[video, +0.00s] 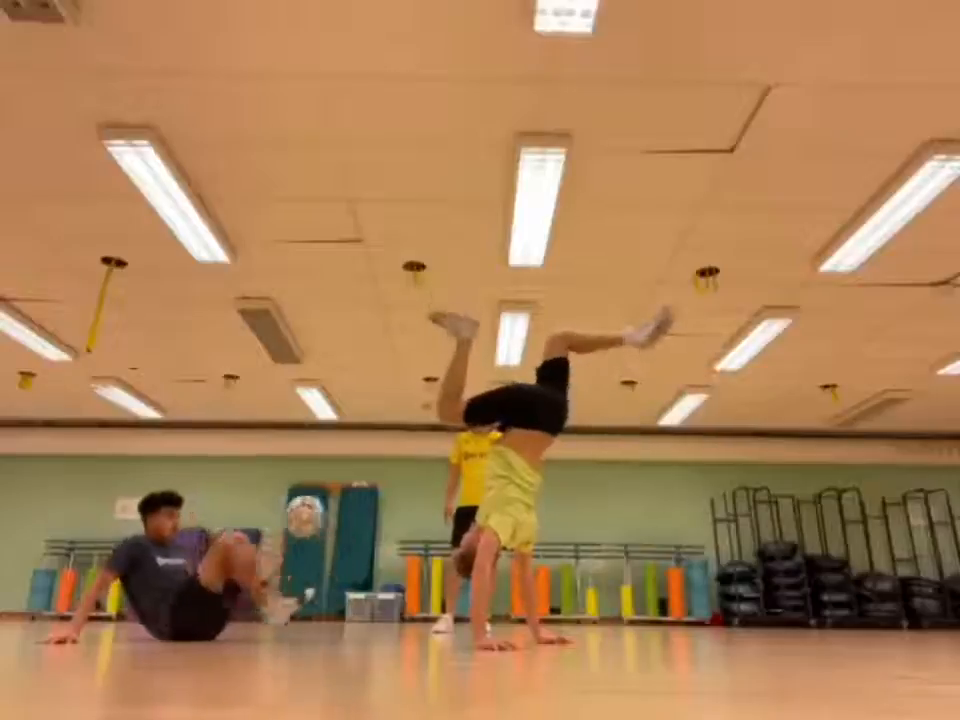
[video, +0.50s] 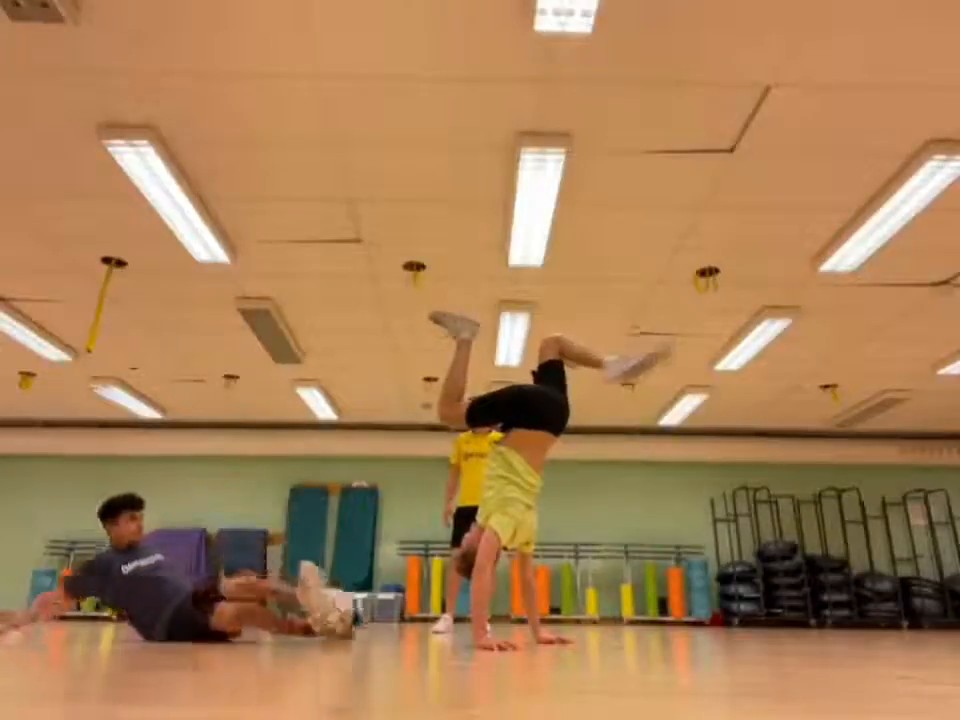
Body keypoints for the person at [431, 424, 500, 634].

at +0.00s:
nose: (478, 425)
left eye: (483, 420)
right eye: (474, 420)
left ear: (493, 418)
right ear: (468, 419)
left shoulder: (500, 439)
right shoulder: (463, 439)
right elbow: (454, 472)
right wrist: (449, 501)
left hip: (493, 504)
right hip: (467, 504)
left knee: (488, 564)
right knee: (456, 560)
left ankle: (484, 618)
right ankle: (449, 613)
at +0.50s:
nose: (479, 421)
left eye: (483, 415)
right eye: (475, 415)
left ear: (493, 417)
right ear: (468, 416)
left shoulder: (500, 440)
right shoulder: (462, 440)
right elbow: (454, 473)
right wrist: (449, 502)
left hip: (492, 504)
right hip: (466, 504)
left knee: (487, 564)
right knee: (457, 560)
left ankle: (484, 618)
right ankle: (449, 613)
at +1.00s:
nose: (477, 421)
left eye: (481, 415)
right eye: (473, 414)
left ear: (492, 416)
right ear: (466, 416)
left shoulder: (500, 439)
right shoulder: (463, 440)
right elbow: (454, 473)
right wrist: (449, 502)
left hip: (492, 504)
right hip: (466, 504)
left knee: (488, 564)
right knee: (457, 560)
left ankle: (483, 618)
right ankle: (449, 613)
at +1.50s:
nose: (477, 419)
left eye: (482, 413)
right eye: (474, 413)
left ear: (492, 415)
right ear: (467, 415)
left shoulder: (499, 439)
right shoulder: (463, 440)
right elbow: (454, 473)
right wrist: (449, 502)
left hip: (492, 504)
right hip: (466, 504)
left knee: (489, 564)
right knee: (457, 559)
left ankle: (483, 618)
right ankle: (449, 613)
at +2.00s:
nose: (476, 418)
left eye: (481, 412)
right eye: (473, 411)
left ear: (492, 415)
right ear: (467, 415)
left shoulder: (499, 439)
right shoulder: (462, 440)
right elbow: (454, 473)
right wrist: (448, 503)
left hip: (492, 504)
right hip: (466, 504)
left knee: (490, 564)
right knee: (456, 558)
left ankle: (483, 618)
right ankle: (449, 613)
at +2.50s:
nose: (476, 420)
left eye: (481, 414)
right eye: (472, 413)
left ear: (491, 415)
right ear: (466, 415)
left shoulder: (499, 438)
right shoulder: (462, 440)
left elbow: (506, 471)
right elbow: (453, 473)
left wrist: (502, 501)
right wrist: (448, 503)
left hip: (491, 504)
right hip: (465, 504)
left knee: (489, 563)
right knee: (456, 557)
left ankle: (483, 617)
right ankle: (448, 613)